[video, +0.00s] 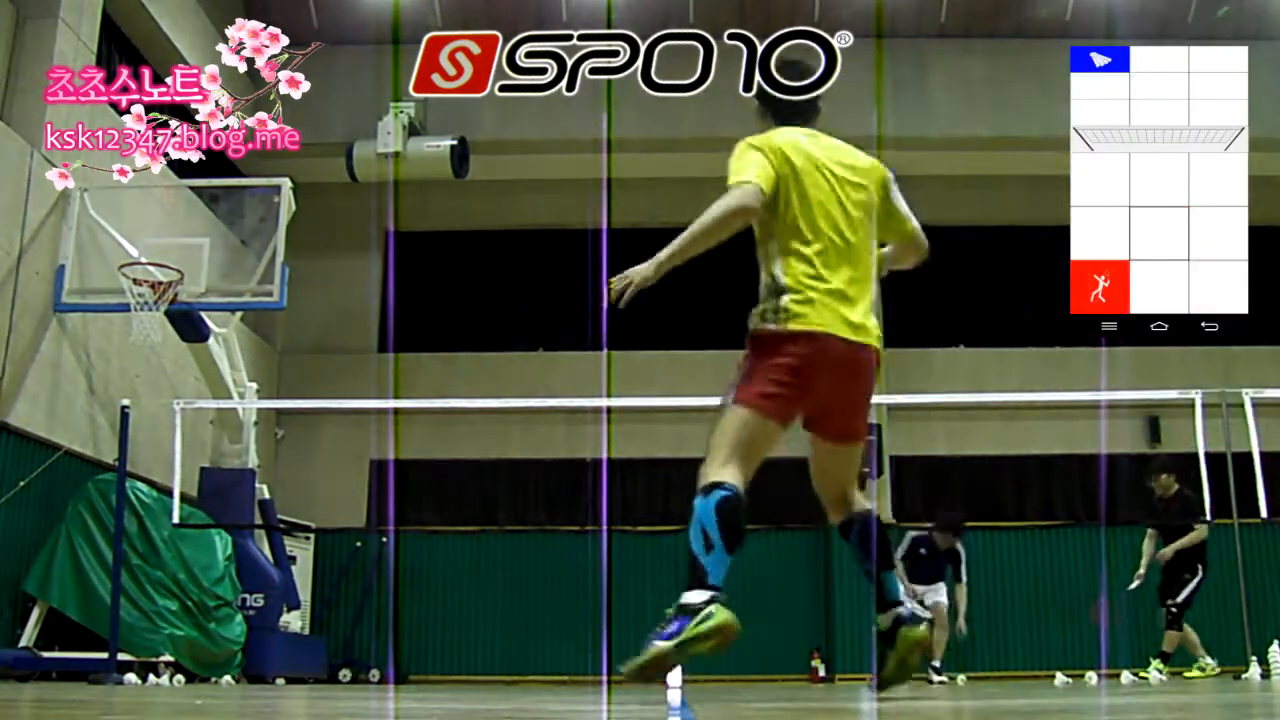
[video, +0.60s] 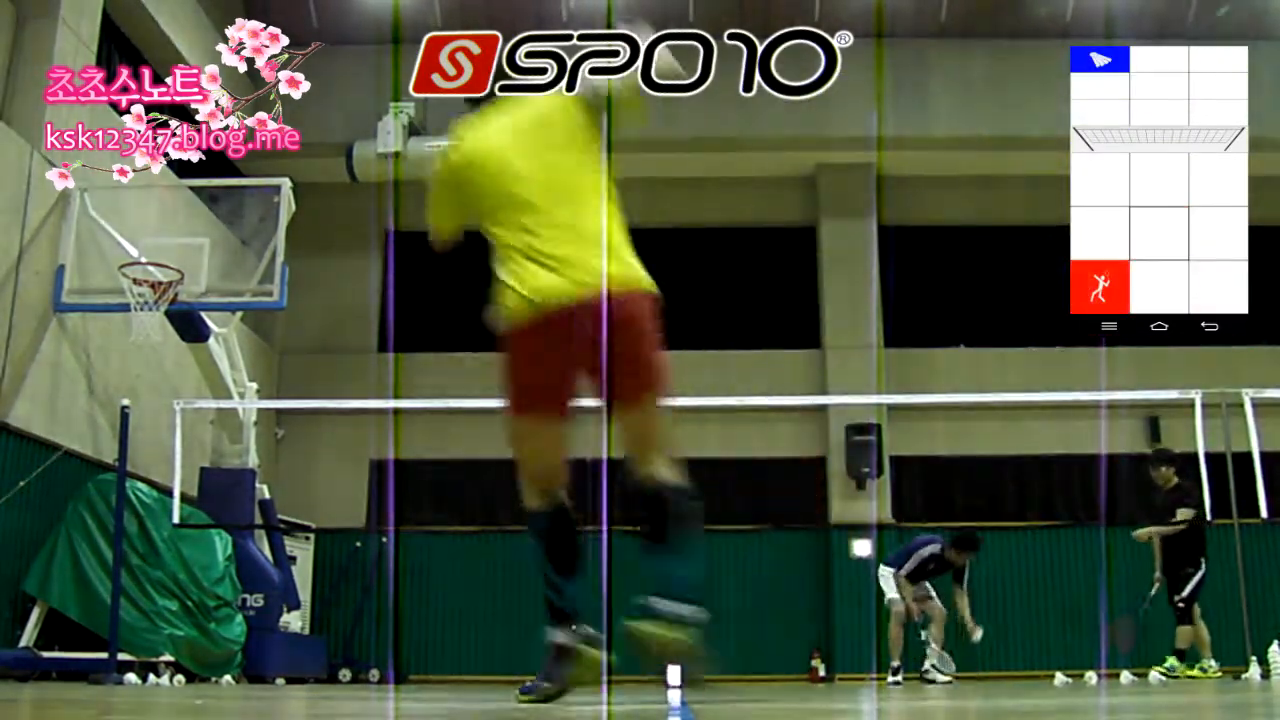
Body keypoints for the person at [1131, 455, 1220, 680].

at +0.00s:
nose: (1154, 484)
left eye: (1158, 479)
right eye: (1153, 480)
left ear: (1171, 477)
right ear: (1153, 482)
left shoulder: (1189, 499)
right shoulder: (1158, 504)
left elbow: (1202, 530)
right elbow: (1151, 537)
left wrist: (1172, 548)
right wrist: (1143, 567)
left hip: (1193, 562)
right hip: (1171, 563)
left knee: (1175, 608)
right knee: (1171, 614)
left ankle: (1161, 663)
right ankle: (1205, 659)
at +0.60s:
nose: (1155, 475)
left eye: (1158, 470)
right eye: (1153, 471)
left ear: (1171, 469)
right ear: (1153, 472)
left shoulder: (1186, 491)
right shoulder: (1160, 496)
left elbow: (1182, 523)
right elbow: (1158, 535)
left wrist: (1151, 531)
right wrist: (1158, 569)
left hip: (1192, 557)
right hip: (1172, 560)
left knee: (1182, 605)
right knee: (1191, 611)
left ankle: (1178, 659)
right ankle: (1208, 660)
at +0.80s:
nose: (1140, 482)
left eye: (1142, 476)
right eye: (1138, 478)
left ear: (1155, 472)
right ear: (1144, 475)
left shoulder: (1172, 493)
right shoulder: (1150, 496)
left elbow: (1158, 523)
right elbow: (1152, 533)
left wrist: (1122, 530)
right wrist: (1151, 564)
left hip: (1181, 557)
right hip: (1163, 559)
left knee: (1170, 607)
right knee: (1183, 615)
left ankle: (1167, 662)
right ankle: (1207, 660)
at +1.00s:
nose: (1126, 475)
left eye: (1129, 470)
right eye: (1124, 471)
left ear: (1141, 468)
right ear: (1134, 471)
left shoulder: (1153, 490)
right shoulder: (1140, 490)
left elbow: (1131, 517)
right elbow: (1150, 531)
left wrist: (1097, 525)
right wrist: (1146, 558)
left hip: (1175, 556)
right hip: (1159, 557)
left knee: (1159, 604)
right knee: (1157, 605)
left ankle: (1166, 662)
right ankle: (1187, 655)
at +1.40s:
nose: (1124, 474)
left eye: (1126, 469)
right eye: (1122, 470)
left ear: (1139, 467)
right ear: (1131, 470)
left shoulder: (1150, 491)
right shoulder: (1140, 490)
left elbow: (1126, 519)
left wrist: (1094, 527)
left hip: (1166, 558)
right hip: (1150, 558)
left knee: (1156, 606)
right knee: (1148, 608)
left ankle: (1167, 661)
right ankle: (1156, 659)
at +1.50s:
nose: (1125, 473)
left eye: (1129, 468)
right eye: (1124, 469)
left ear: (1142, 468)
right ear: (1135, 470)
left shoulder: (1150, 491)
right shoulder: (1140, 491)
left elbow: (1126, 524)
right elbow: (1125, 523)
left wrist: (1093, 529)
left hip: (1166, 558)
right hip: (1150, 558)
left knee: (1159, 607)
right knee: (1147, 608)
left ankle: (1168, 661)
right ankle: (1155, 660)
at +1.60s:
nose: (1129, 473)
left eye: (1133, 468)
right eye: (1127, 469)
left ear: (1146, 468)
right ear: (1130, 470)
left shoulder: (1152, 493)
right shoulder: (1142, 492)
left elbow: (1130, 526)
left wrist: (1098, 531)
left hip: (1166, 559)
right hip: (1151, 559)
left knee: (1163, 608)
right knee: (1152, 609)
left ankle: (1171, 659)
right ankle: (1157, 661)